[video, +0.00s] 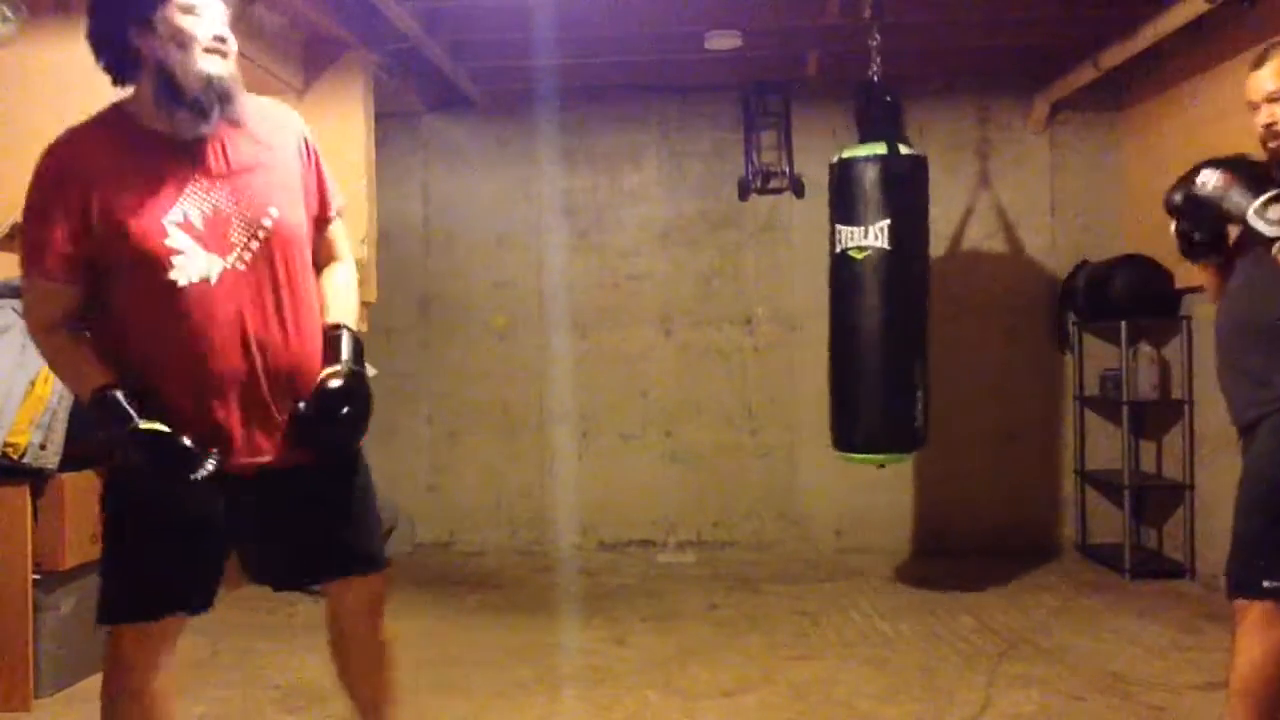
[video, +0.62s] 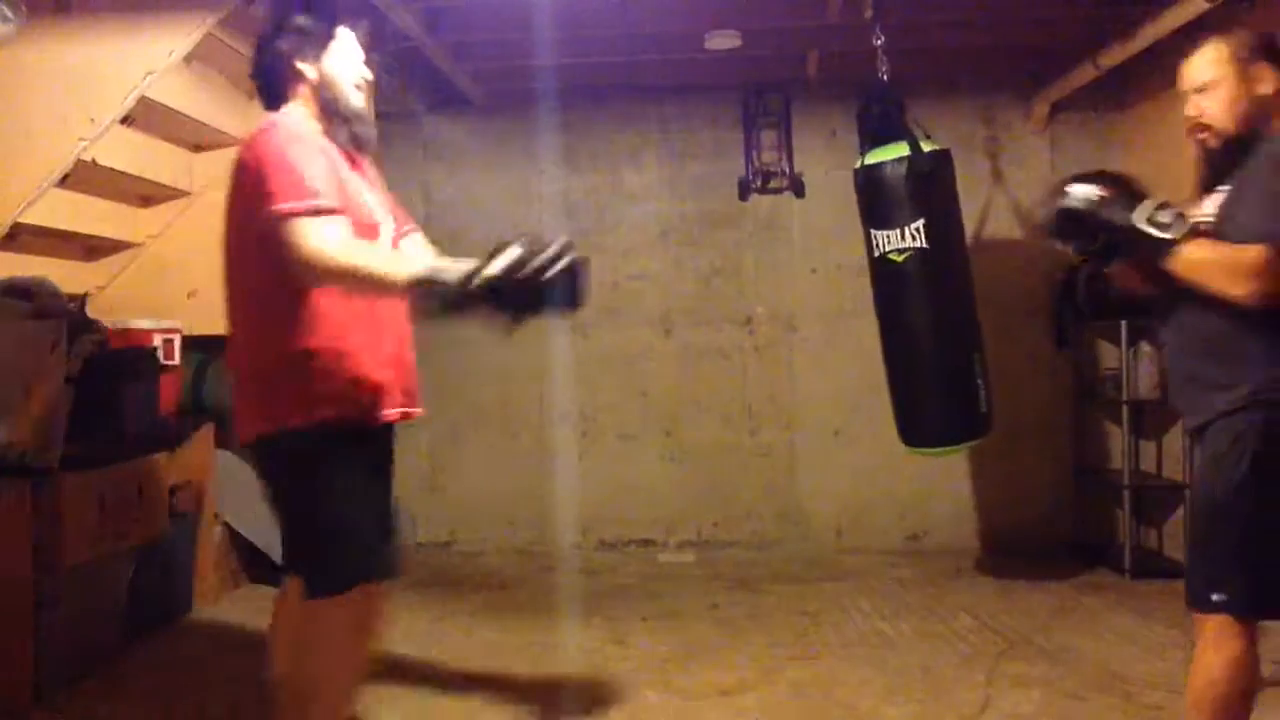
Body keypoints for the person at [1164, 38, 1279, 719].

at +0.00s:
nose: (1265, 119)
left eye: (1274, 101)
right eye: (1256, 107)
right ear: (1247, 117)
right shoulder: (1252, 211)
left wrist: (1225, 252)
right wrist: (1221, 258)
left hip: (1270, 422)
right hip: (1263, 421)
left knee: (1258, 602)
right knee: (1257, 600)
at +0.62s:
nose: (1189, 112)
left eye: (1204, 90)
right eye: (1185, 97)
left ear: (1261, 81)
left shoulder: (1266, 165)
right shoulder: (1233, 174)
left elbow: (1254, 278)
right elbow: (1204, 273)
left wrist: (1144, 238)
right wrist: (1115, 255)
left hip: (1250, 420)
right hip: (1222, 419)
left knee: (1221, 614)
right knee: (1223, 612)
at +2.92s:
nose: (1154, 89)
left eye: (1168, 69)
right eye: (1154, 73)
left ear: (1230, 61)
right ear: (1228, 64)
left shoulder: (1255, 144)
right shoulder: (1235, 148)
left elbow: (1180, 285)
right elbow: (1155, 284)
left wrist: (1116, 182)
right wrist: (1091, 232)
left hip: (1246, 435)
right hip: (1236, 430)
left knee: (1178, 625)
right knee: (1189, 623)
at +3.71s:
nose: (1091, 83)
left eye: (1100, 58)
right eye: (1091, 62)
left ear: (1157, 43)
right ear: (1163, 44)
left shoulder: (1189, 120)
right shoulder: (1246, 112)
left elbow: (1023, 210)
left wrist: (917, 151)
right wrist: (1123, 304)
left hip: (1230, 427)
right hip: (1259, 418)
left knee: (1170, 660)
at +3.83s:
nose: (1103, 82)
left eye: (1110, 58)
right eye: (1101, 62)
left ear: (1168, 39)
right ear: (1175, 40)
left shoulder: (1194, 113)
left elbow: (1012, 163)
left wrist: (877, 158)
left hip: (1248, 431)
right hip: (1259, 424)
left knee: (1189, 664)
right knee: (1209, 657)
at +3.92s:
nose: (1114, 67)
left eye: (1125, 44)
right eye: (1114, 48)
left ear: (1187, 31)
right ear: (1190, 34)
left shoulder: (1207, 114)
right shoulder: (1246, 107)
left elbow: (1030, 195)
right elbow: (1062, 198)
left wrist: (895, 155)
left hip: (1252, 428)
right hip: (1257, 424)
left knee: (1209, 673)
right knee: (1230, 664)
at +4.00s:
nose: (1136, 58)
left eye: (1150, 31)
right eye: (1138, 36)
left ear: (1215, 25)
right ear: (1211, 30)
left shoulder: (1247, 111)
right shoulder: (1211, 114)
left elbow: (1111, 257)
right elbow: (1115, 266)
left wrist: (984, 206)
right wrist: (997, 211)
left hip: (1259, 451)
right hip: (1243, 444)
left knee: (1215, 679)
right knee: (1233, 675)